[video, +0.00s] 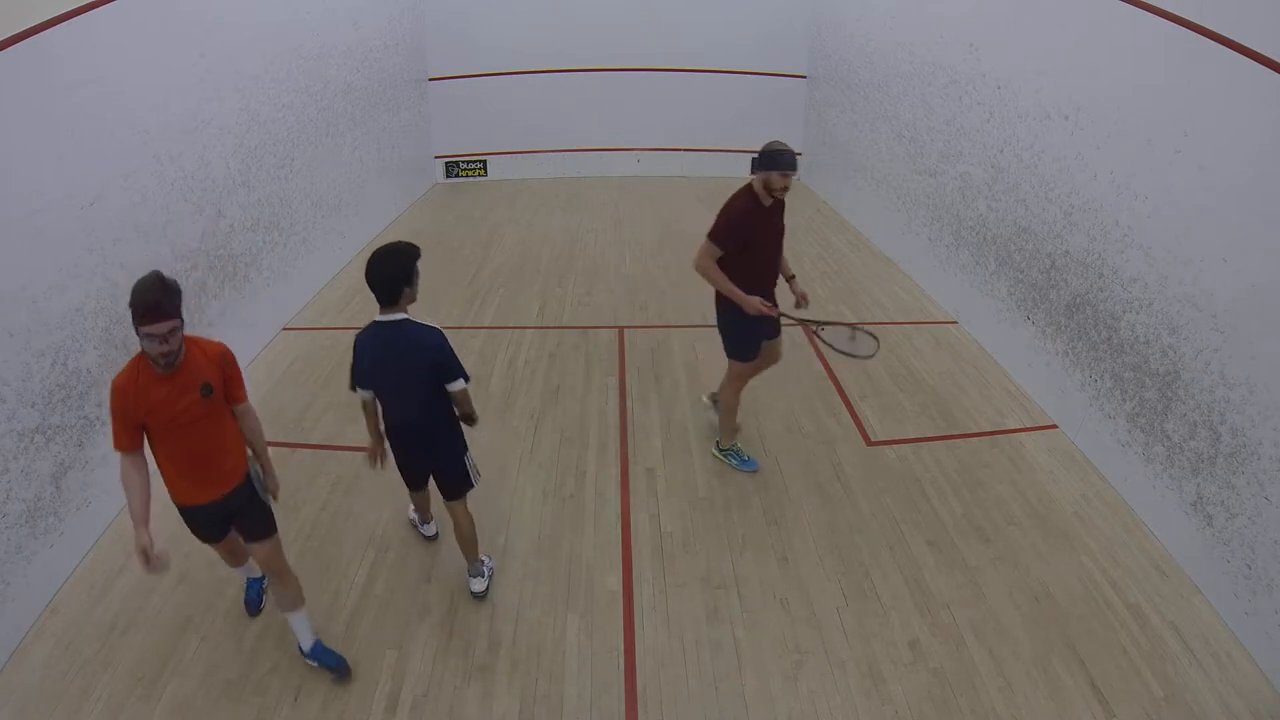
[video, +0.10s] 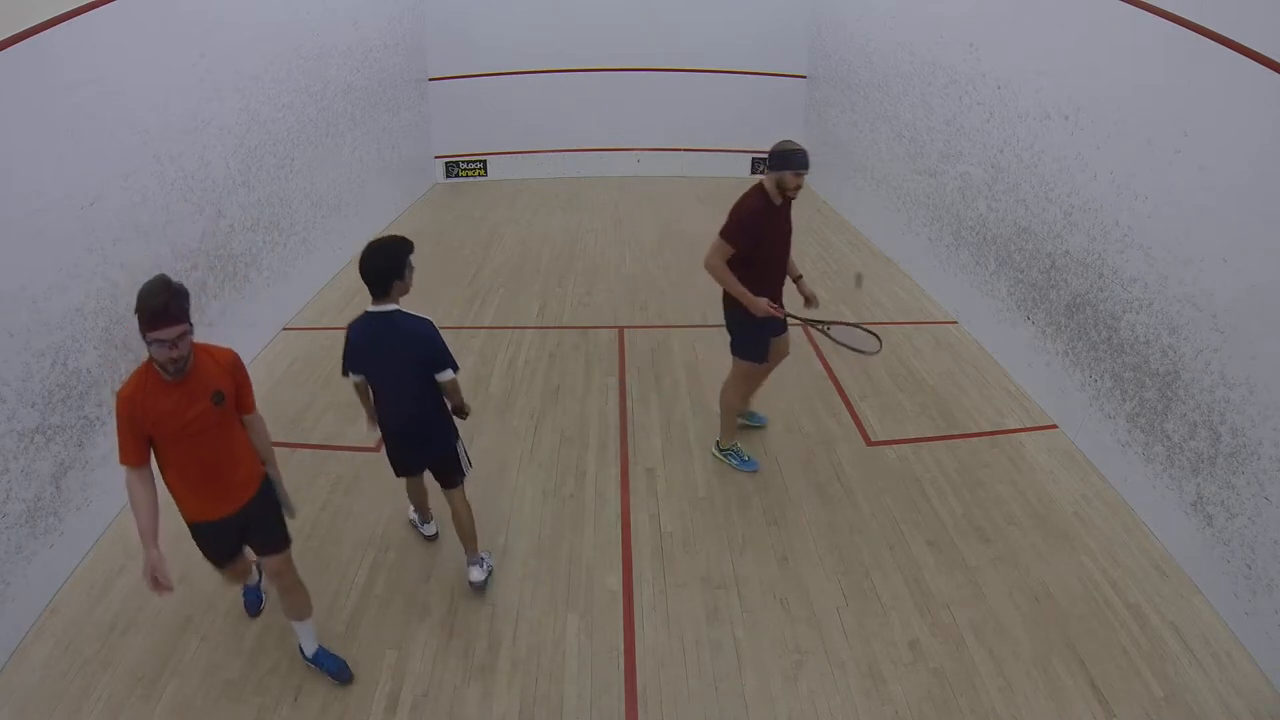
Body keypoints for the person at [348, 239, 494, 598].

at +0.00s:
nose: (418, 287)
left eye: (416, 280)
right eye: (416, 281)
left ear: (376, 290)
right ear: (406, 291)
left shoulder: (365, 340)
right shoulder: (430, 337)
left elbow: (367, 399)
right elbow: (458, 393)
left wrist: (375, 437)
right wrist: (468, 414)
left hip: (402, 436)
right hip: (440, 433)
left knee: (416, 485)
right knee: (457, 505)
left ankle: (426, 523)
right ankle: (476, 573)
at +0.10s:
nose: (413, 276)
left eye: (410, 269)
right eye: (409, 270)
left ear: (371, 281)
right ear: (399, 280)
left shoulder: (358, 330)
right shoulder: (420, 328)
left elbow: (358, 381)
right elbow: (447, 381)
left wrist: (371, 413)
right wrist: (459, 405)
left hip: (394, 426)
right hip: (432, 423)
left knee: (412, 475)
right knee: (454, 492)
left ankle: (426, 521)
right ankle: (475, 564)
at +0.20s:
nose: (407, 271)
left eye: (405, 264)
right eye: (404, 265)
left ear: (364, 274)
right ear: (392, 274)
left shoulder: (351, 321)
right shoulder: (412, 320)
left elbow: (352, 366)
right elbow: (439, 374)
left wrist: (382, 374)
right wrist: (455, 399)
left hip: (387, 420)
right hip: (425, 414)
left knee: (409, 470)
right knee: (453, 475)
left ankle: (425, 522)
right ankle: (469, 547)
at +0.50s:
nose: (402, 256)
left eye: (400, 249)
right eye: (398, 251)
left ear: (363, 261)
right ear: (385, 261)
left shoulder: (348, 303)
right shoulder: (401, 308)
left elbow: (350, 353)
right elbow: (425, 367)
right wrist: (443, 405)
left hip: (380, 405)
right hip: (414, 399)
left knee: (406, 462)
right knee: (435, 448)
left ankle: (425, 521)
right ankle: (448, 499)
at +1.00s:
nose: (413, 240)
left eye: (411, 234)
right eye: (411, 235)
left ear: (377, 239)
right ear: (405, 241)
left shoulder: (362, 278)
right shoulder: (419, 284)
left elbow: (362, 321)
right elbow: (436, 337)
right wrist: (448, 369)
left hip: (382, 372)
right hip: (416, 370)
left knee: (382, 426)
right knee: (426, 423)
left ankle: (405, 480)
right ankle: (437, 471)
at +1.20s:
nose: (407, 235)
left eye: (406, 229)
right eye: (406, 230)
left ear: (372, 237)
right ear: (401, 237)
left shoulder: (360, 272)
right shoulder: (415, 279)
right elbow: (449, 310)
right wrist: (451, 325)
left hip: (378, 372)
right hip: (414, 372)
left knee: (386, 432)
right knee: (422, 427)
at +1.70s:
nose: (392, 228)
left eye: (390, 225)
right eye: (391, 225)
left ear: (357, 235)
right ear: (386, 232)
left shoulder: (349, 279)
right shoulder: (404, 269)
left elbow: (339, 320)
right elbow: (444, 305)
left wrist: (360, 293)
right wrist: (445, 320)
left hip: (377, 366)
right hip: (411, 360)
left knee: (380, 426)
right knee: (421, 417)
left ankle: (387, 486)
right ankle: (437, 470)